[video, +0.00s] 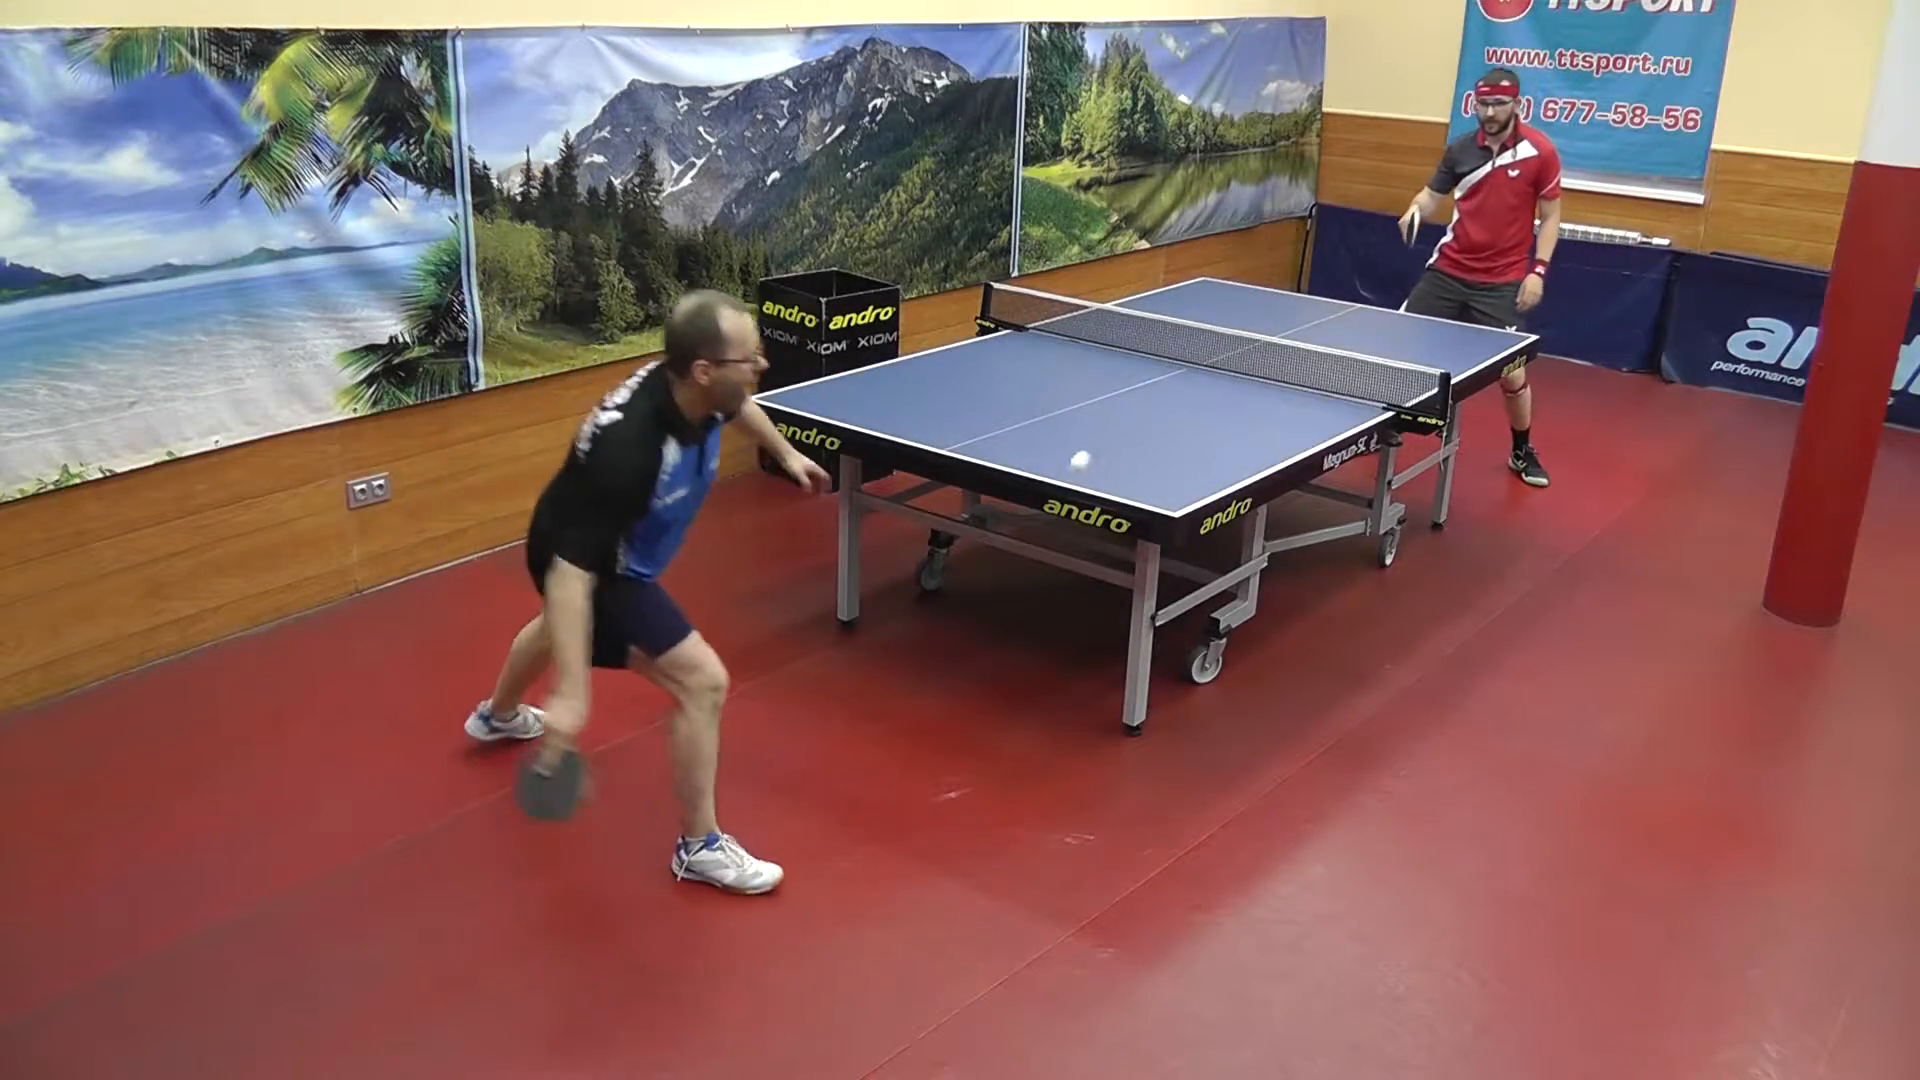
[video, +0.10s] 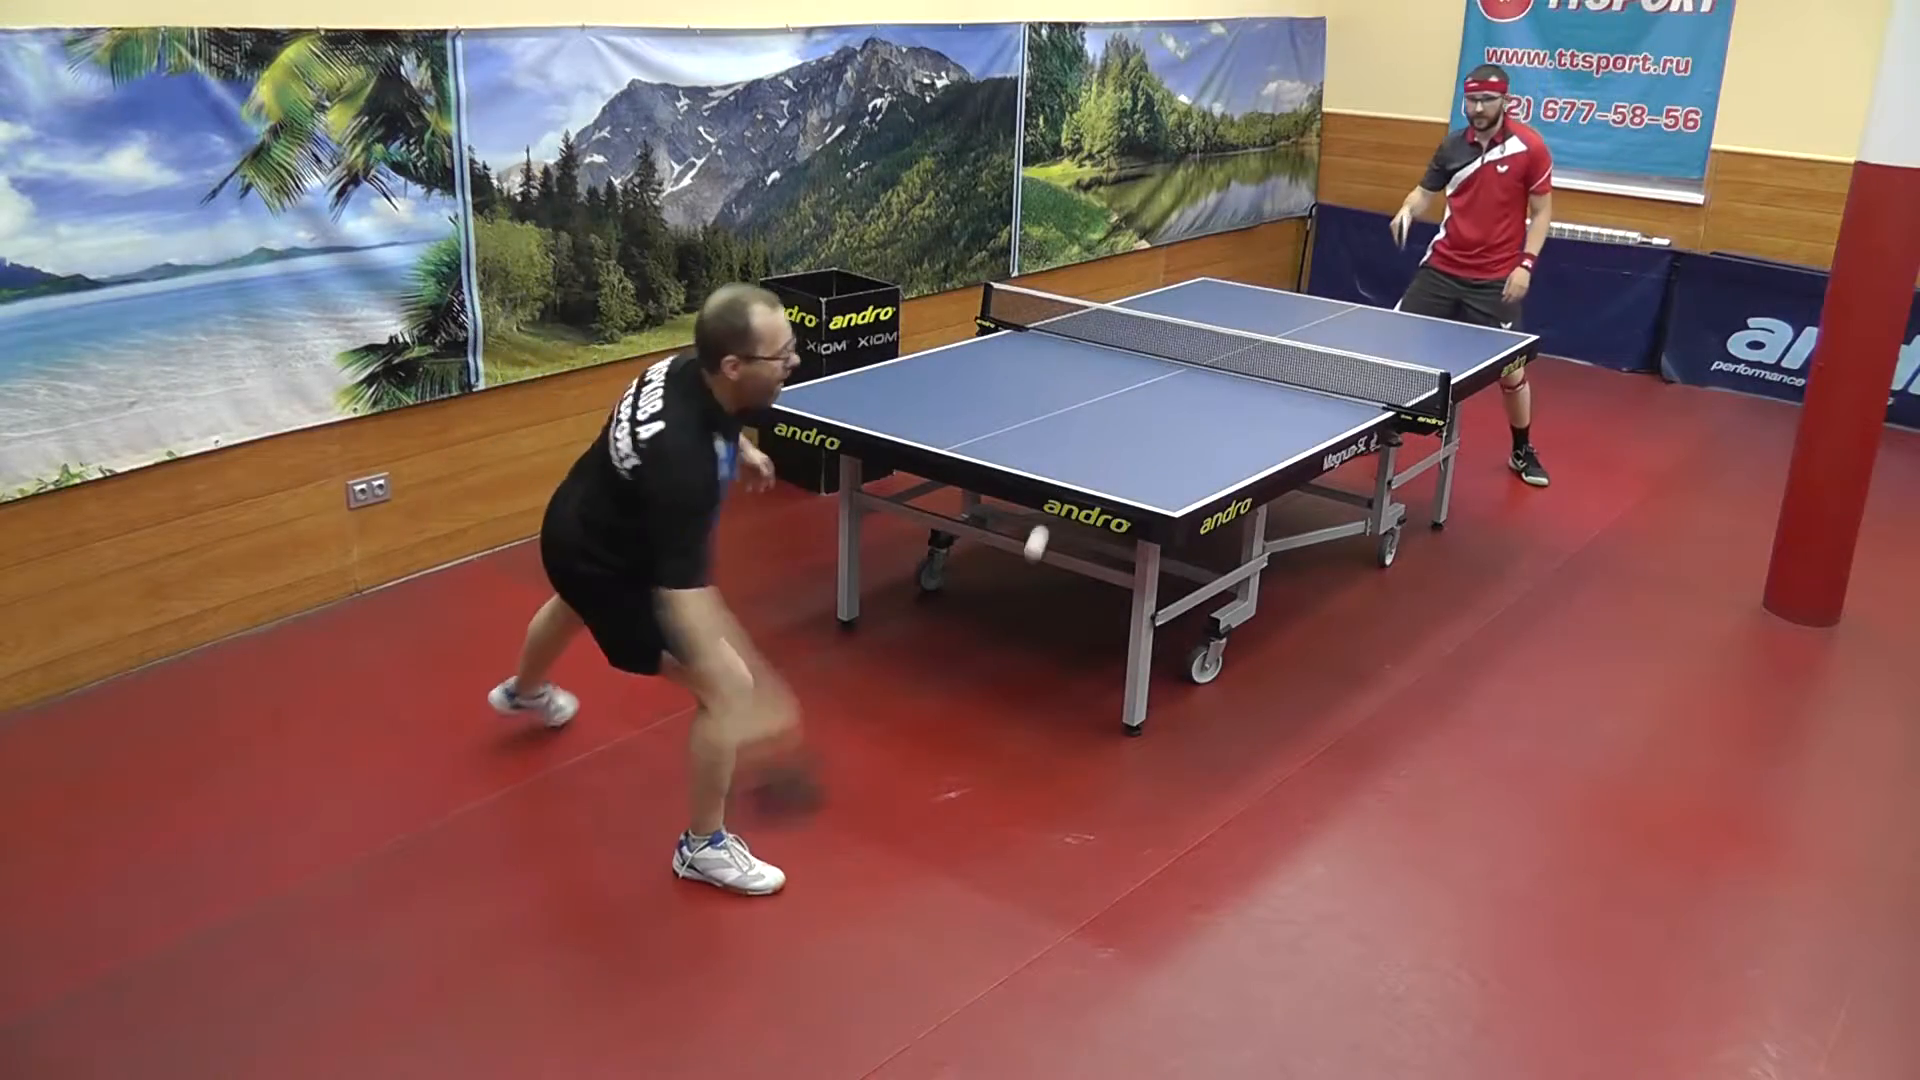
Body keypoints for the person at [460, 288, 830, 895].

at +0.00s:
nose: (758, 368)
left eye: (756, 356)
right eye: (747, 360)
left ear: (707, 368)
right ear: (701, 371)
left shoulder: (693, 384)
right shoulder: (626, 445)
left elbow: (734, 399)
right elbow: (569, 572)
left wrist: (783, 449)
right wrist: (571, 697)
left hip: (611, 556)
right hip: (596, 575)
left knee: (556, 627)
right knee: (703, 683)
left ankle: (496, 712)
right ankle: (701, 842)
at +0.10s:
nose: (792, 363)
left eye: (790, 350)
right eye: (779, 356)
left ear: (727, 360)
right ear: (729, 367)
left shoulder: (687, 367)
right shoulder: (685, 457)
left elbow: (703, 413)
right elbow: (684, 594)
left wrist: (738, 447)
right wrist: (753, 682)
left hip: (573, 517)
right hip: (603, 566)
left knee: (576, 599)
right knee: (731, 691)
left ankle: (523, 690)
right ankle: (705, 842)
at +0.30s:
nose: (822, 310)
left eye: (819, 297)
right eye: (815, 300)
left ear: (743, 302)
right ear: (781, 315)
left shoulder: (682, 338)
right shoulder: (766, 385)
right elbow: (887, 353)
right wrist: (872, 240)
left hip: (577, 506)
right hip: (639, 564)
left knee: (574, 557)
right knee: (738, 687)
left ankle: (552, 624)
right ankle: (705, 841)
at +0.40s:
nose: (807, 267)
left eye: (804, 254)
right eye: (801, 256)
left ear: (730, 262)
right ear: (773, 267)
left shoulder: (672, 315)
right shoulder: (761, 343)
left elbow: (610, 396)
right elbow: (880, 297)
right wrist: (854, 195)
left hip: (583, 505)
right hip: (650, 547)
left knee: (577, 554)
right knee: (726, 685)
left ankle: (535, 630)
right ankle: (704, 842)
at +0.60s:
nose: (753, 251)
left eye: (750, 239)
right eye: (747, 242)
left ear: (674, 253)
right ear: (727, 257)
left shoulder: (622, 323)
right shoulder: (734, 349)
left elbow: (564, 411)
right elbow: (867, 390)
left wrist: (614, 465)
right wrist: (910, 293)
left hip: (571, 535)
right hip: (650, 561)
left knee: (568, 620)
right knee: (719, 697)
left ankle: (497, 739)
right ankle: (696, 866)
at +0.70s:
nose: (730, 264)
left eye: (726, 251)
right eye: (725, 255)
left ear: (652, 264)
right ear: (705, 271)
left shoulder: (599, 334)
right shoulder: (707, 378)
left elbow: (546, 429)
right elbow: (814, 463)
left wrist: (602, 468)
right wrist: (889, 397)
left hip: (551, 551)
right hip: (632, 571)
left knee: (546, 665)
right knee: (711, 697)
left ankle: (484, 799)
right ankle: (696, 866)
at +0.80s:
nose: (708, 268)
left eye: (704, 256)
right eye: (703, 258)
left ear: (630, 271)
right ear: (680, 274)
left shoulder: (575, 333)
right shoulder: (674, 388)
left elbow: (526, 421)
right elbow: (752, 501)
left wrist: (611, 464)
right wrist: (832, 466)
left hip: (521, 550)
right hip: (600, 571)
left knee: (508, 670)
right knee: (692, 697)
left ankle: (447, 801)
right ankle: (695, 867)